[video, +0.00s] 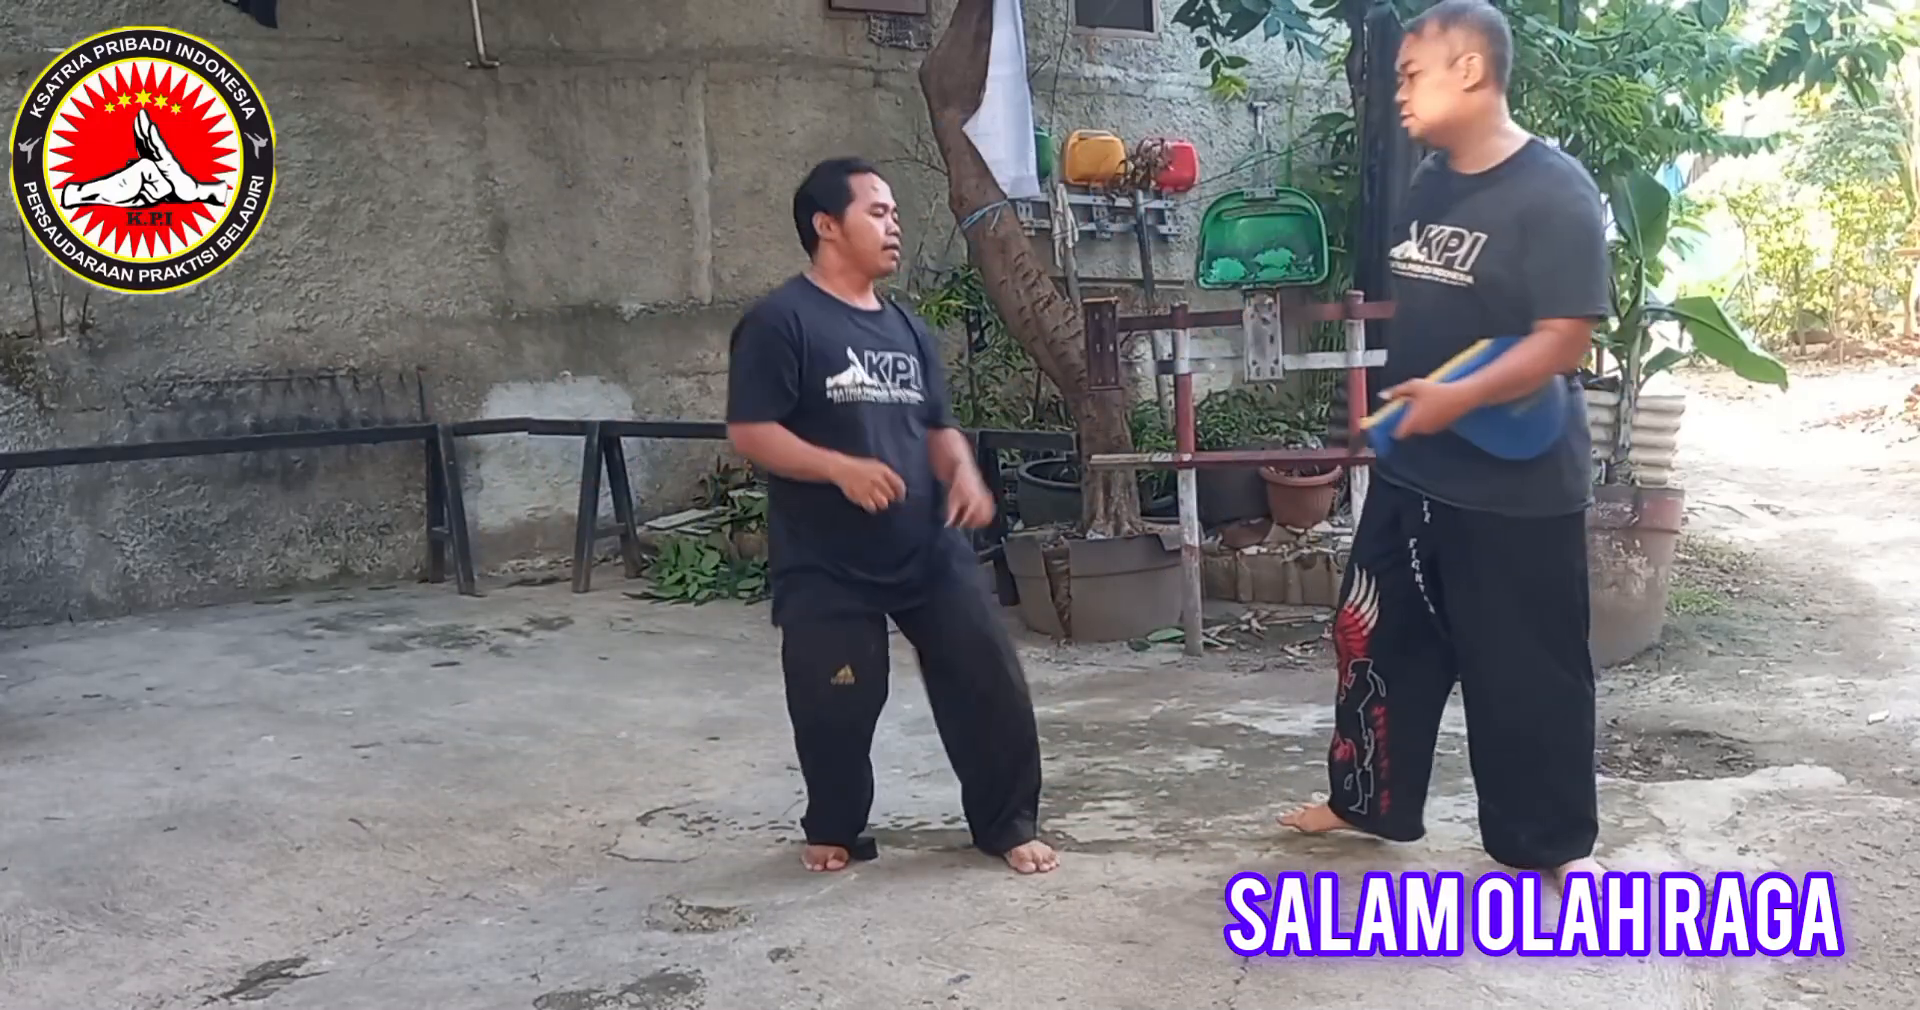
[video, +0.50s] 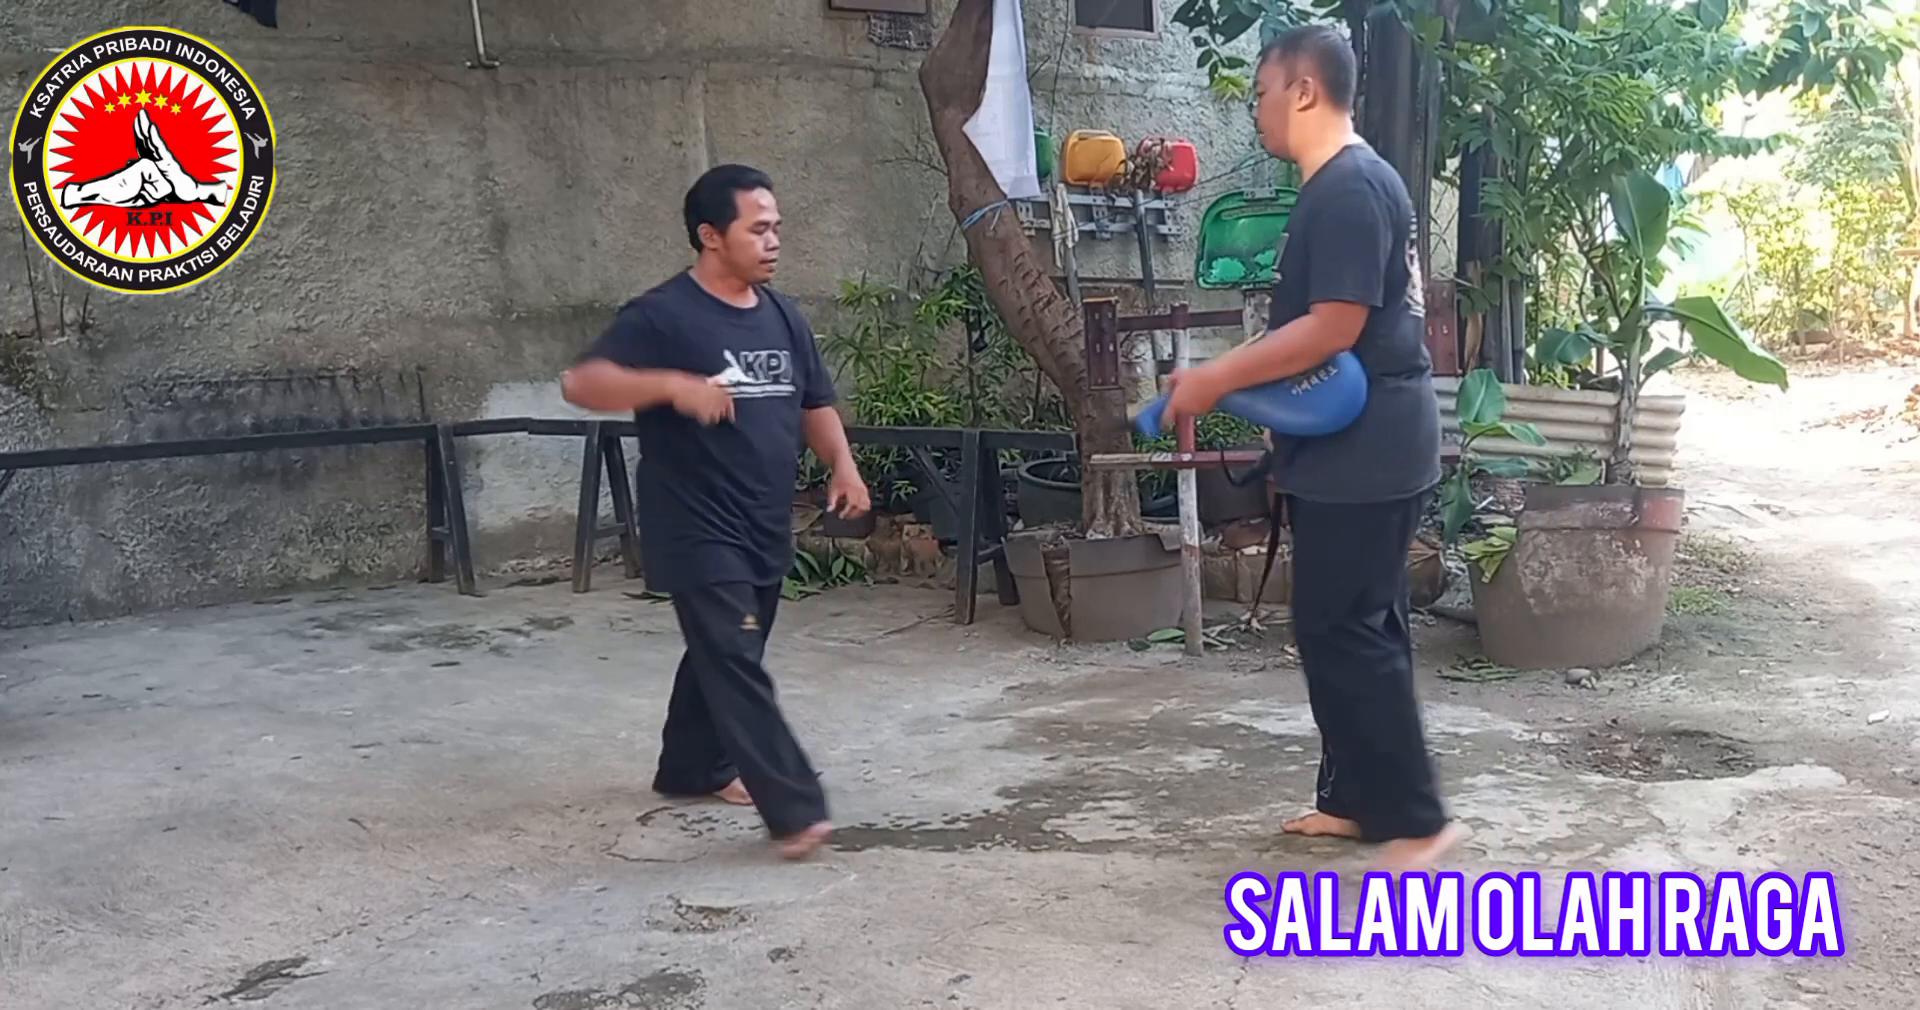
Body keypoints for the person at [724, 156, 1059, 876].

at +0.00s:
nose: (895, 226)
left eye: (894, 213)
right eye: (878, 212)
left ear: (890, 224)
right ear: (826, 226)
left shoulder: (910, 328)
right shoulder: (777, 320)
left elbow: (937, 428)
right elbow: (751, 434)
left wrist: (964, 472)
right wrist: (837, 467)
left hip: (926, 550)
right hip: (825, 561)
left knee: (988, 674)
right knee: (831, 698)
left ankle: (1009, 825)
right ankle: (832, 829)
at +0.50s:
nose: (775, 238)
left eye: (776, 225)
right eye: (760, 227)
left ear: (772, 229)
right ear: (710, 236)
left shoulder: (783, 314)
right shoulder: (661, 313)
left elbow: (814, 402)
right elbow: (580, 382)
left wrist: (843, 463)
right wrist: (673, 386)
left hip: (766, 523)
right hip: (694, 524)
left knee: (729, 649)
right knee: (731, 654)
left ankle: (690, 769)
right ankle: (795, 811)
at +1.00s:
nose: (596, 259)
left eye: (603, 244)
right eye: (581, 247)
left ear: (610, 238)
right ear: (539, 243)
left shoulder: (631, 309)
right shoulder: (493, 320)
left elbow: (654, 395)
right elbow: (463, 414)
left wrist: (650, 463)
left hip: (618, 509)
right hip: (529, 517)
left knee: (654, 622)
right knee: (527, 644)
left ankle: (674, 754)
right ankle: (532, 759)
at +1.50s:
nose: (582, 245)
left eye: (588, 234)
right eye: (568, 233)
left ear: (593, 236)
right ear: (525, 235)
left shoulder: (607, 315)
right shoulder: (466, 297)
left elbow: (624, 400)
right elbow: (422, 369)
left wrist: (614, 451)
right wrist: (461, 427)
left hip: (565, 499)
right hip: (472, 498)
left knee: (577, 621)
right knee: (456, 616)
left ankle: (584, 736)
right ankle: (454, 730)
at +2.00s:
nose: (583, 254)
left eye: (586, 244)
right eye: (567, 243)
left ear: (592, 252)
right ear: (525, 256)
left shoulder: (617, 332)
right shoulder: (477, 334)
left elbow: (664, 409)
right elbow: (449, 421)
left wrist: (667, 453)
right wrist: (514, 441)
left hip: (607, 517)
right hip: (511, 520)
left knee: (652, 619)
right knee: (473, 622)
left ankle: (665, 751)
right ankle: (456, 726)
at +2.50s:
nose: (572, 248)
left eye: (576, 236)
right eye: (557, 236)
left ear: (582, 242)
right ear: (513, 244)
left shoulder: (604, 321)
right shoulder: (470, 319)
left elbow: (658, 393)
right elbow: (482, 395)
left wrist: (700, 441)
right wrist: (539, 321)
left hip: (599, 503)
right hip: (504, 507)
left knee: (650, 607)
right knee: (481, 620)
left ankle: (681, 748)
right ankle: (481, 735)